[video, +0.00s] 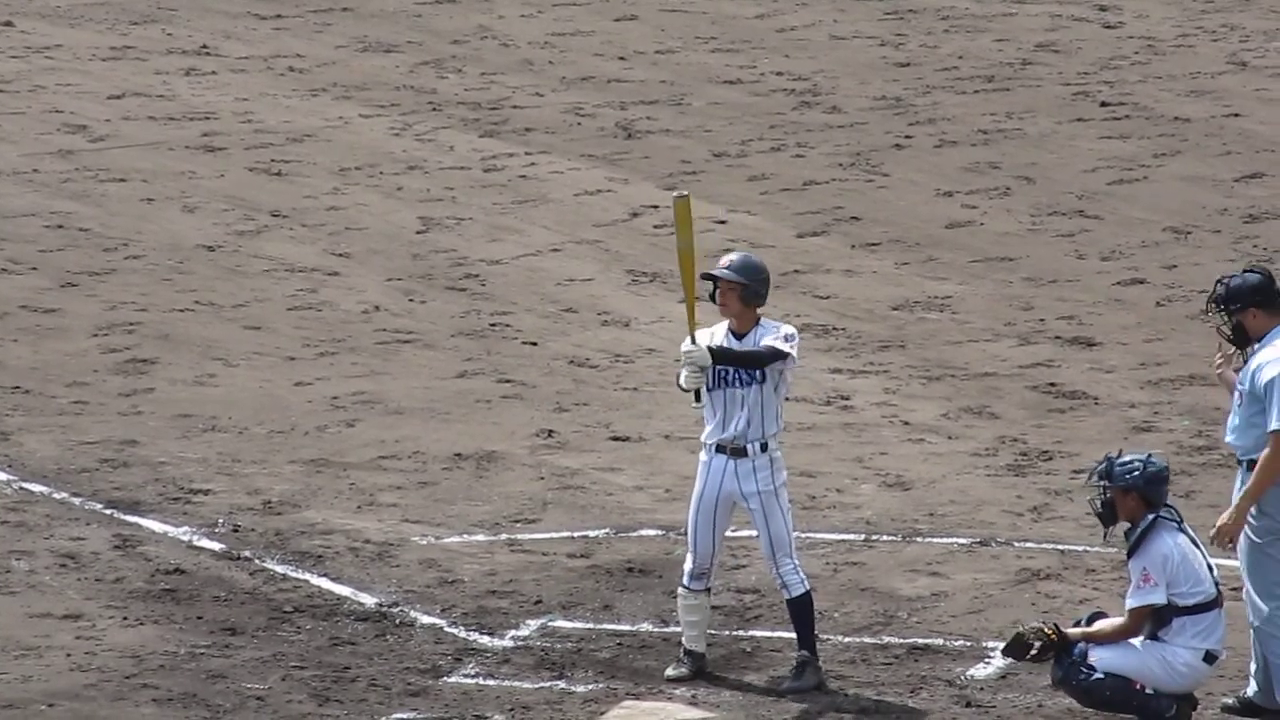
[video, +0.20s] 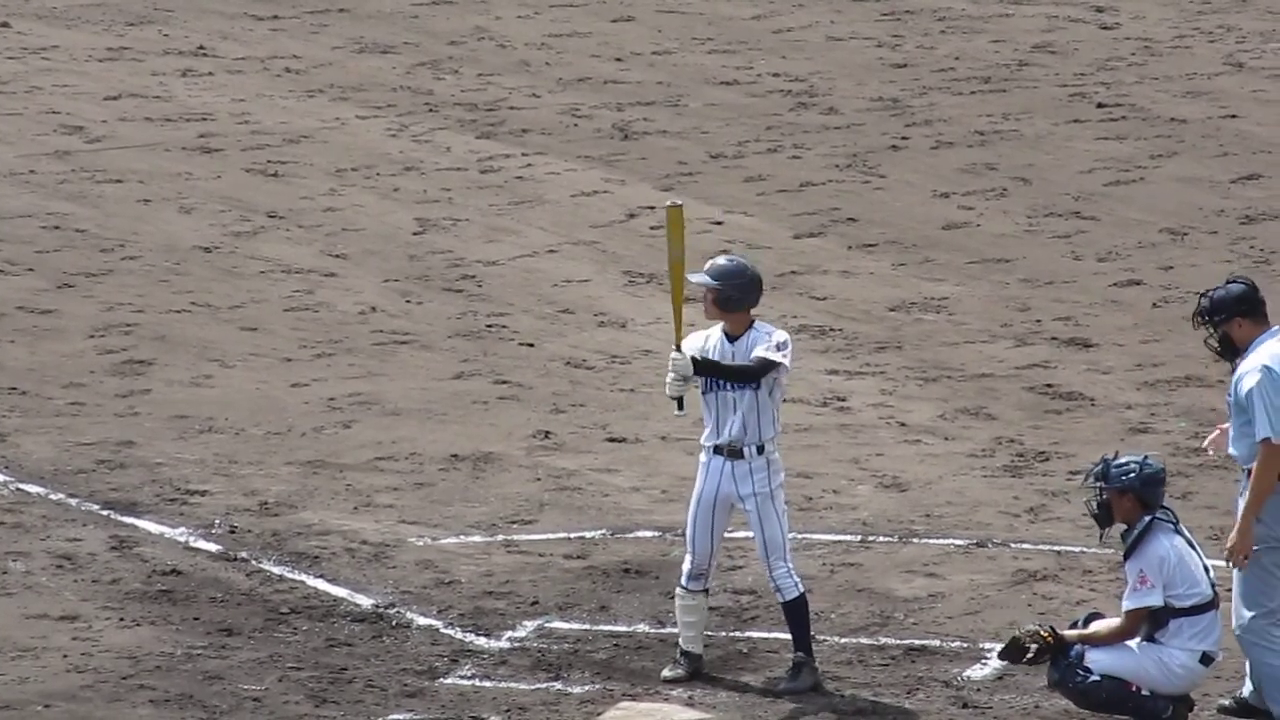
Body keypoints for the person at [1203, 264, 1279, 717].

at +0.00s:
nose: (1230, 321)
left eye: (1233, 313)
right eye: (1229, 313)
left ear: (1253, 315)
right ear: (1261, 312)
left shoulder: (1272, 365)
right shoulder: (1264, 354)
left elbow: (1275, 448)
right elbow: (1259, 410)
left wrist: (1240, 509)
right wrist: (1232, 380)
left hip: (1266, 496)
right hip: (1254, 489)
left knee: (1266, 600)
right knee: (1260, 596)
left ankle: (1269, 694)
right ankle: (1264, 691)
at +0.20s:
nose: (1218, 335)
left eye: (1219, 326)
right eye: (1216, 327)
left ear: (1235, 324)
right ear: (1256, 315)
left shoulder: (1259, 372)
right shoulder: (1271, 349)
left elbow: (1269, 453)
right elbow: (1270, 423)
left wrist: (1246, 523)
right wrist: (1236, 432)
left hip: (1266, 515)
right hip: (1264, 506)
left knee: (1254, 620)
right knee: (1260, 608)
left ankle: (1272, 703)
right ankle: (1259, 694)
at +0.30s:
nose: (1214, 339)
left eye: (1214, 330)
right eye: (1212, 330)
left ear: (1230, 327)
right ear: (1252, 318)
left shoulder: (1253, 373)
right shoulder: (1272, 348)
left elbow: (1265, 455)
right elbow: (1267, 423)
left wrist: (1250, 533)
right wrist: (1242, 457)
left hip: (1269, 522)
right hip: (1272, 514)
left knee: (1249, 627)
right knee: (1264, 608)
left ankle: (1276, 706)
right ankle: (1263, 688)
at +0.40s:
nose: (1209, 344)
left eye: (1210, 334)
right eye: (1208, 335)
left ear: (1228, 332)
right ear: (1248, 323)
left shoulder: (1250, 376)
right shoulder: (1271, 352)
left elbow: (1264, 462)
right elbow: (1263, 454)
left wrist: (1254, 538)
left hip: (1269, 526)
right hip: (1273, 519)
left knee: (1246, 628)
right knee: (1262, 615)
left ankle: (1274, 705)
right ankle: (1269, 693)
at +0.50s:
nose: (1203, 345)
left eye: (1205, 336)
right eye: (1202, 336)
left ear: (1222, 334)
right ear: (1244, 327)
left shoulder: (1246, 380)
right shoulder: (1270, 356)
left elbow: (1267, 461)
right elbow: (1268, 456)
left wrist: (1255, 537)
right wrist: (1253, 516)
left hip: (1271, 527)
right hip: (1274, 521)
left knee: (1243, 630)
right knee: (1264, 621)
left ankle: (1275, 706)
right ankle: (1271, 699)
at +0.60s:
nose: (1195, 344)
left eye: (1199, 336)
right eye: (1195, 335)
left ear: (1216, 338)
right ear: (1238, 331)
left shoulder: (1238, 383)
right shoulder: (1267, 359)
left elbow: (1268, 456)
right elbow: (1270, 455)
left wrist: (1256, 534)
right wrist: (1259, 530)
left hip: (1274, 528)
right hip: (1274, 523)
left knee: (1251, 631)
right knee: (1262, 622)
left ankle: (1275, 705)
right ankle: (1271, 697)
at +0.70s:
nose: (1189, 346)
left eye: (1193, 339)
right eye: (1189, 338)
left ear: (1211, 342)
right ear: (1232, 335)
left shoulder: (1230, 386)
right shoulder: (1263, 363)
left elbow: (1265, 461)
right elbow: (1267, 458)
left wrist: (1257, 535)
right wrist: (1261, 532)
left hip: (1275, 523)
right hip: (1275, 520)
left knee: (1262, 630)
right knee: (1265, 624)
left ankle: (1276, 706)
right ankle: (1272, 699)